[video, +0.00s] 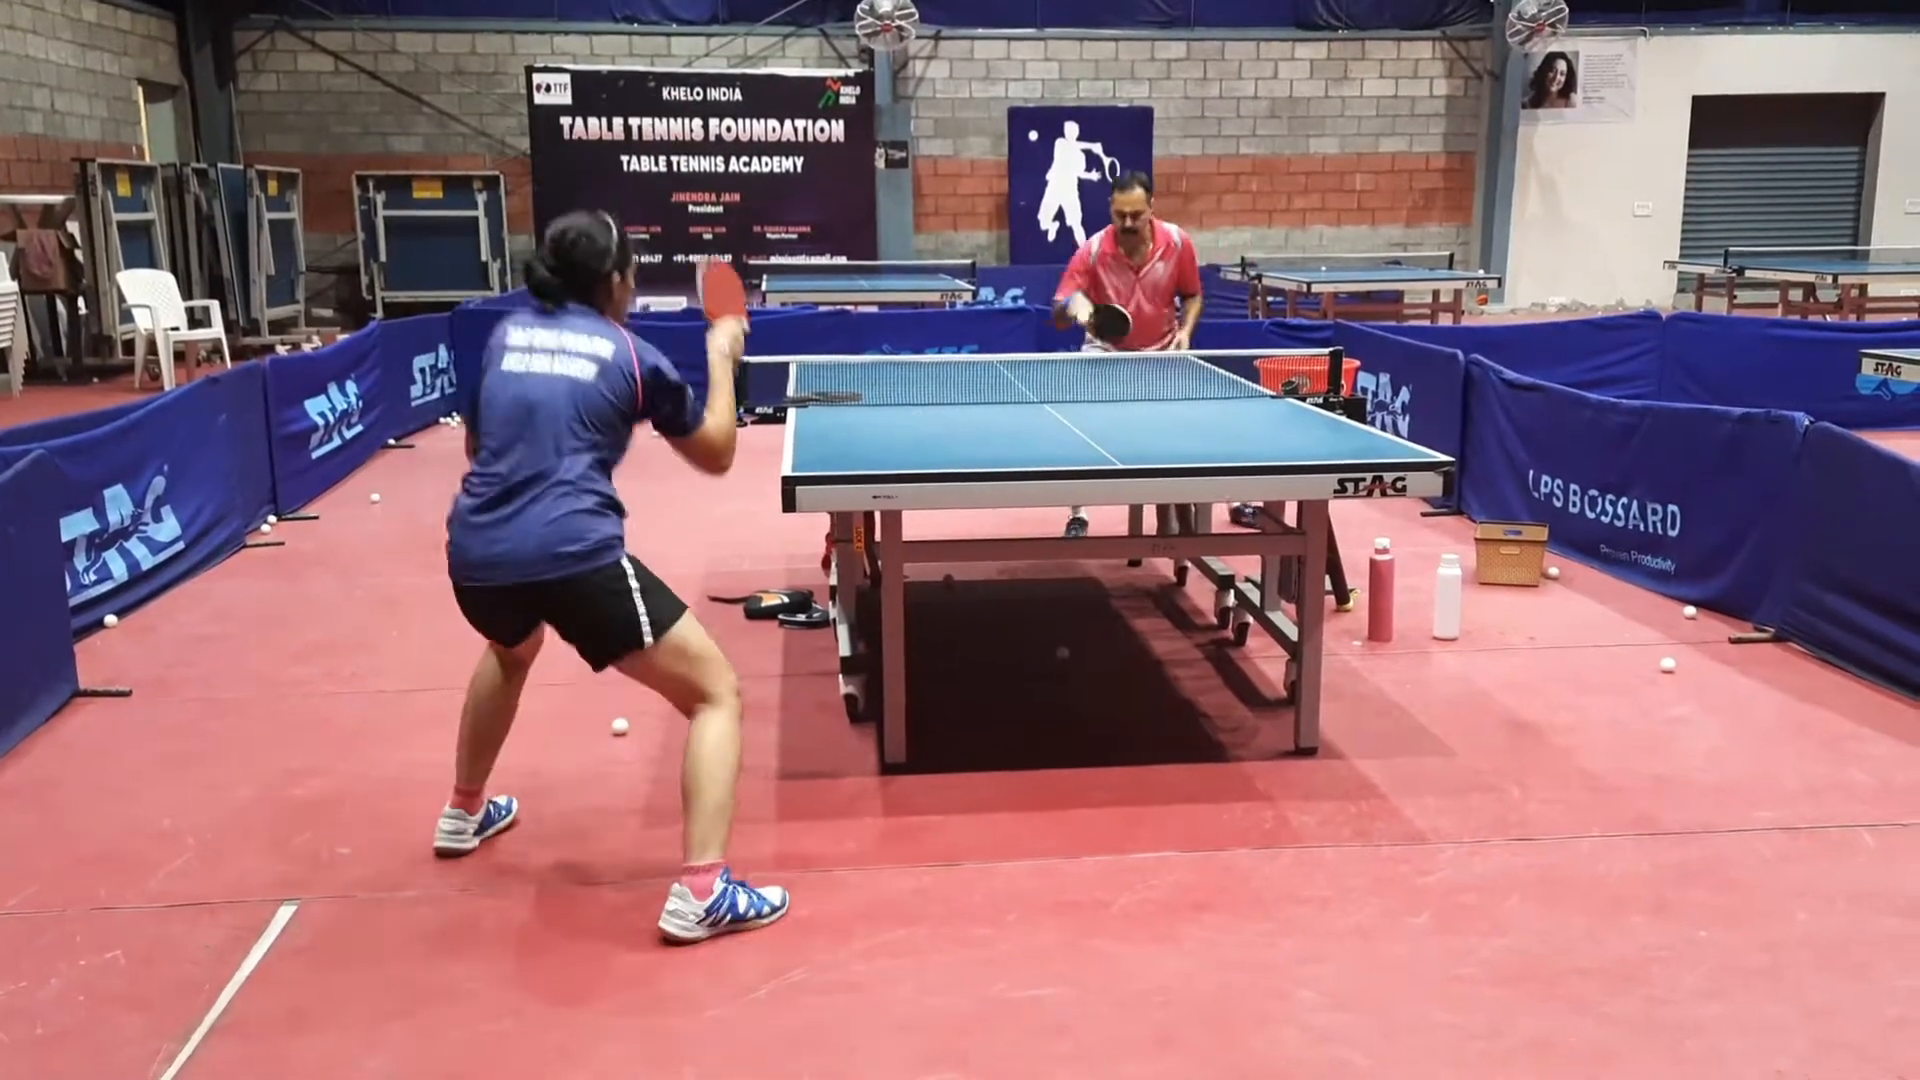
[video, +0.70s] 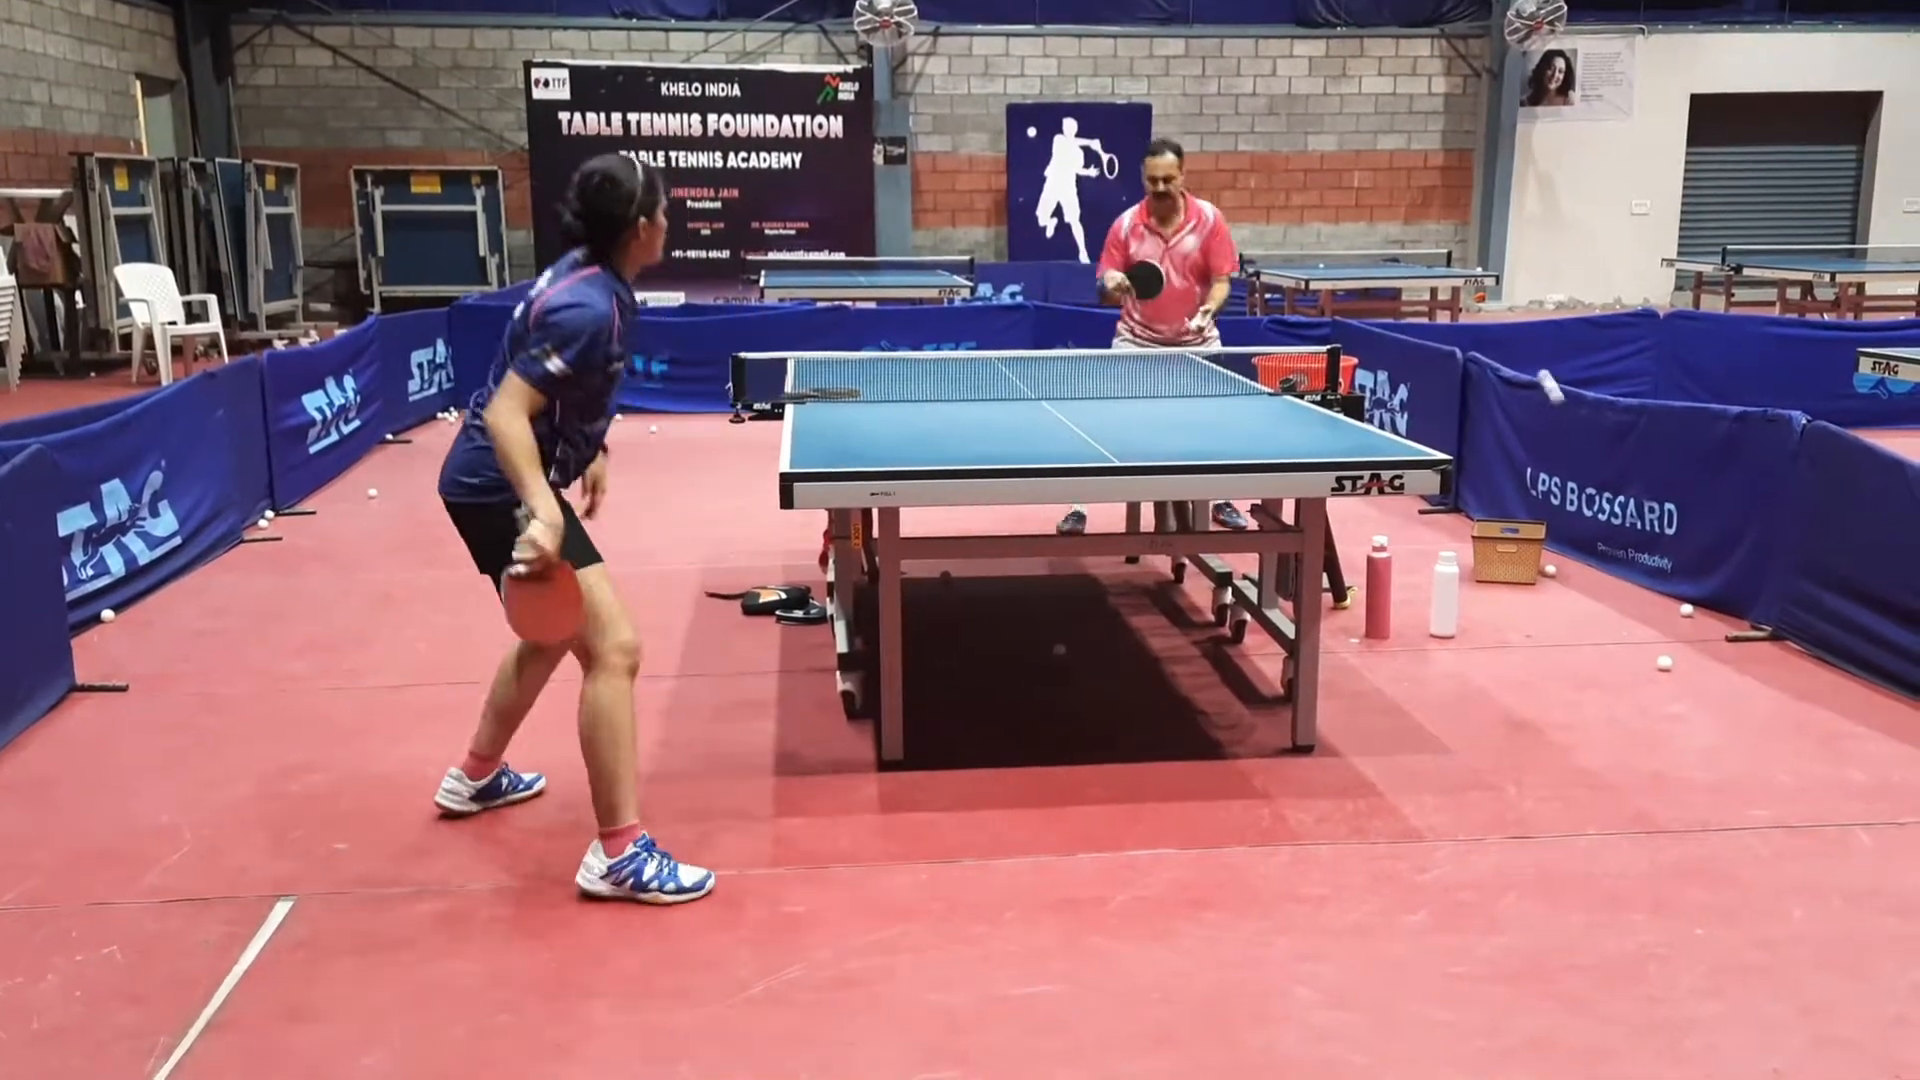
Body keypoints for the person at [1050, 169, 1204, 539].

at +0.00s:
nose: (1128, 223)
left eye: (1135, 215)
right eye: (1120, 215)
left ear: (1151, 208)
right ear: (1111, 210)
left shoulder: (1177, 243)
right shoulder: (1092, 250)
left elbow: (1193, 295)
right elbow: (1060, 315)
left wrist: (1186, 330)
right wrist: (1075, 304)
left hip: (1162, 354)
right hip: (1103, 356)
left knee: (1177, 430)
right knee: (1083, 426)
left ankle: (1178, 519)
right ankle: (1077, 513)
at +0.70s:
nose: (1161, 188)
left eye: (1168, 180)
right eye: (1153, 181)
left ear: (1183, 176)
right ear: (1143, 180)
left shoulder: (1209, 220)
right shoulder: (1126, 224)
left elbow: (1222, 280)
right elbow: (1106, 285)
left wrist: (1208, 309)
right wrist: (1115, 287)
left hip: (1197, 341)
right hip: (1136, 340)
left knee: (1215, 418)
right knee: (1107, 417)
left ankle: (1218, 498)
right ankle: (1080, 505)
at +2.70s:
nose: (1179, 203)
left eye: (1188, 197)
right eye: (1172, 195)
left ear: (1202, 196)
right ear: (1163, 193)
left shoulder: (1221, 240)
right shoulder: (1138, 237)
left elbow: (1229, 297)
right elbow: (1121, 298)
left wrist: (1217, 335)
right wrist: (1138, 320)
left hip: (1195, 355)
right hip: (1136, 351)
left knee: (1211, 430)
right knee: (1099, 423)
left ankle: (1222, 514)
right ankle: (1069, 510)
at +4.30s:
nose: (1135, 217)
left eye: (1143, 209)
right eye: (1128, 209)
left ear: (1158, 209)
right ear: (1118, 208)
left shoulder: (1181, 252)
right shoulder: (1099, 253)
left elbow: (1197, 309)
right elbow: (1081, 308)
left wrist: (1181, 341)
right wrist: (1089, 324)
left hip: (1163, 368)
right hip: (1104, 365)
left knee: (1195, 437)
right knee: (1065, 430)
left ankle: (1212, 522)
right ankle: (1042, 515)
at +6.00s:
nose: (1107, 230)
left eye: (1114, 223)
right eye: (1100, 222)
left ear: (1126, 215)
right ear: (1088, 214)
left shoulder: (1148, 250)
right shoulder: (1067, 253)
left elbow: (1156, 304)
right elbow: (1053, 312)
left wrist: (1146, 345)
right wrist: (1066, 326)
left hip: (1125, 357)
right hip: (1068, 354)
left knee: (1156, 426)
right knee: (1033, 419)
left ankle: (1184, 514)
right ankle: (1014, 506)